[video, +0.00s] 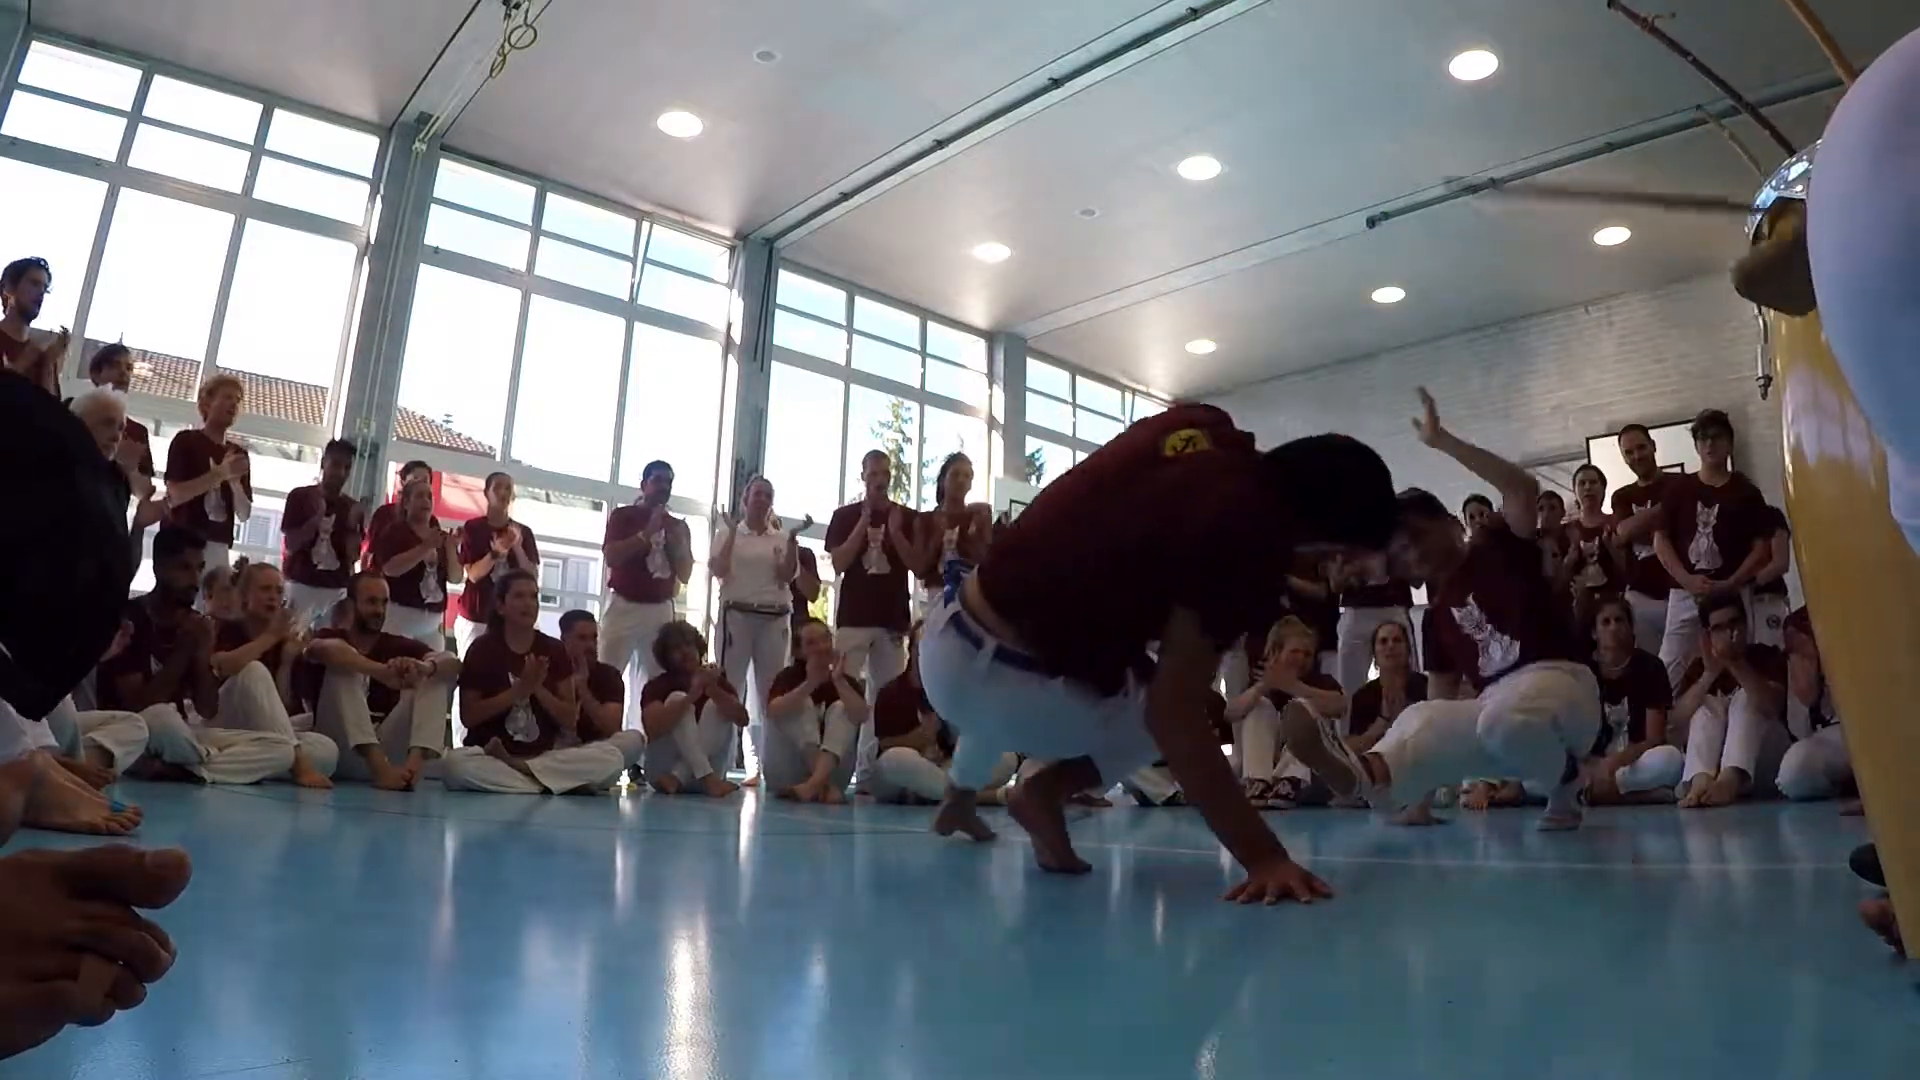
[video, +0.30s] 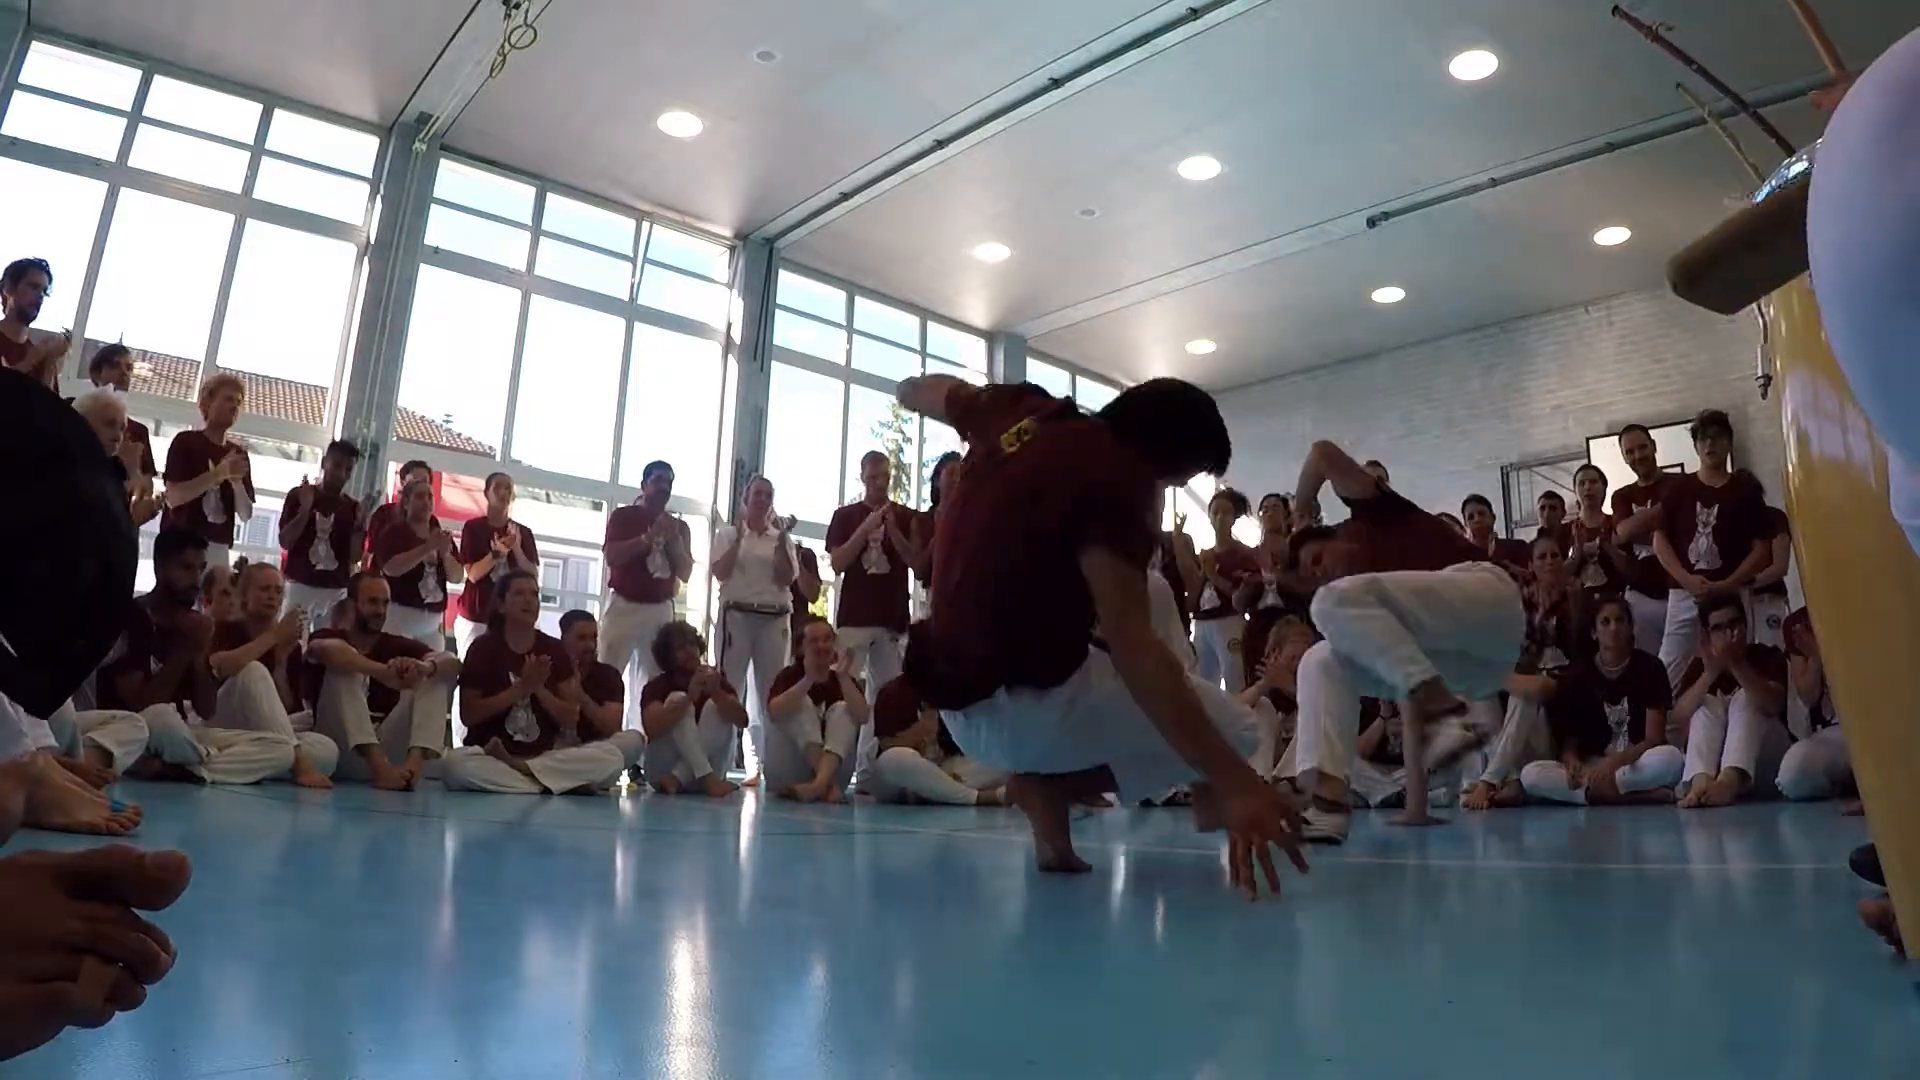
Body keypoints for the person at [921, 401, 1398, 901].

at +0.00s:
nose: (1327, 562)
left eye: (1341, 555)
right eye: (1336, 549)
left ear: (1295, 456)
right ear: (1316, 526)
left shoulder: (1196, 421)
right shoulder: (1245, 541)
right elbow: (1174, 712)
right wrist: (1264, 857)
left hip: (951, 639)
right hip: (1026, 687)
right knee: (1169, 717)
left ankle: (959, 791)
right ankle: (1042, 791)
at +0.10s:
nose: (1266, 532)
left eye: (1278, 522)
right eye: (1275, 520)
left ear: (1232, 432)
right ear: (1263, 501)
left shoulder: (1143, 408)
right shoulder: (1201, 522)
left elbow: (1131, 377)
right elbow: (1176, 700)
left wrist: (1209, 429)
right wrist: (1264, 855)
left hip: (934, 651)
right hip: (999, 690)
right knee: (1191, 711)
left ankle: (1059, 784)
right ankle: (1044, 787)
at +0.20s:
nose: (1221, 512)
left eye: (1233, 504)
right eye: (1229, 499)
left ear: (1177, 420)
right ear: (1212, 480)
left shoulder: (1080, 399)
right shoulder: (1162, 501)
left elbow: (1042, 353)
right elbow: (1166, 670)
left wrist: (1151, 401)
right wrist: (1256, 833)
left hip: (938, 680)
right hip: (1025, 694)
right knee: (1192, 710)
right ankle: (1044, 784)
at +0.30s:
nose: (1165, 493)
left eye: (1178, 483)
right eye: (1174, 478)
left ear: (1122, 411)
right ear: (1160, 455)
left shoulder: (1019, 406)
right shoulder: (1113, 480)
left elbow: (913, 390)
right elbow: (1131, 643)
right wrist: (1235, 781)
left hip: (957, 700)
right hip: (1036, 703)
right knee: (1234, 731)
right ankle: (1056, 783)